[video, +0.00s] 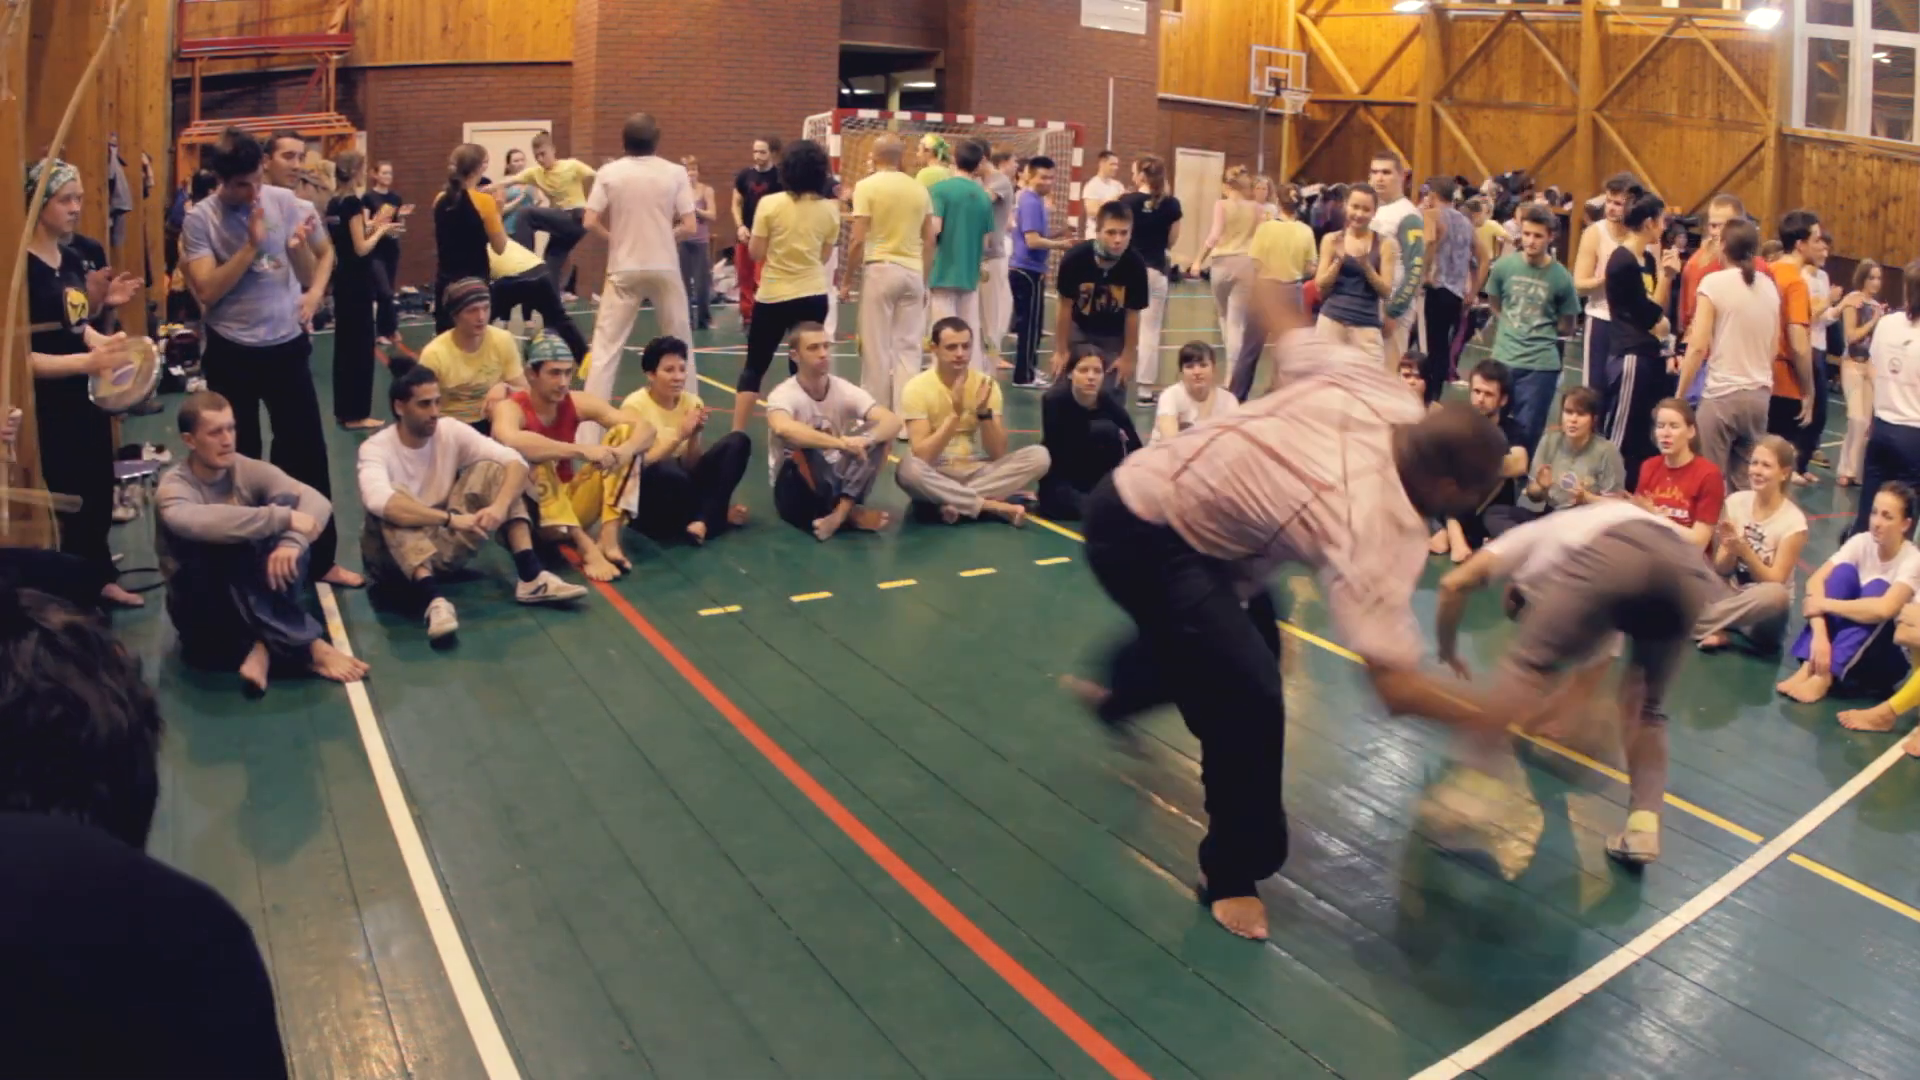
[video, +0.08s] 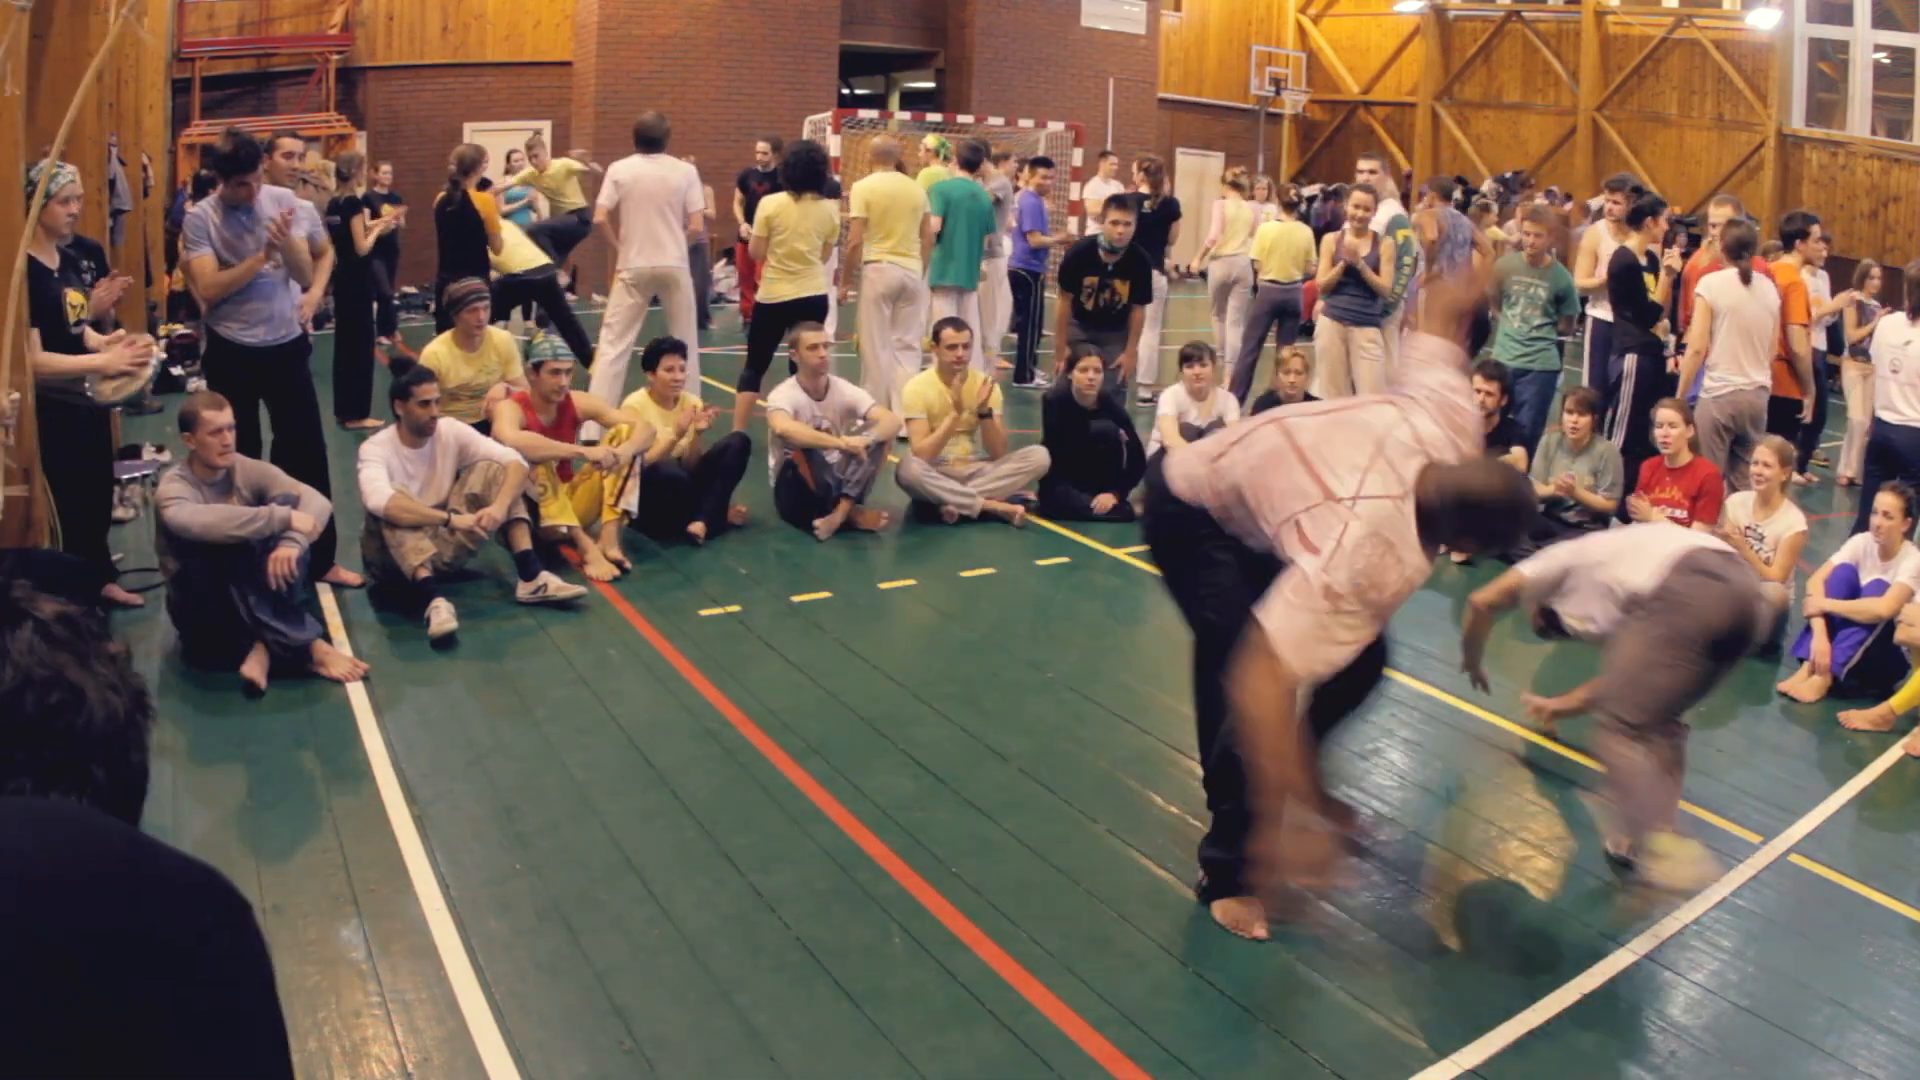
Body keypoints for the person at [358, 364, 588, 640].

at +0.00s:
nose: (434, 412)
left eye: (437, 402)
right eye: (424, 404)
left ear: (441, 401)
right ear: (399, 407)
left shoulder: (450, 430)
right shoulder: (375, 449)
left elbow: (516, 463)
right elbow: (380, 502)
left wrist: (500, 508)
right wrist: (450, 519)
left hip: (449, 545)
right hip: (399, 551)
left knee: (493, 469)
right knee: (395, 501)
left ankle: (532, 577)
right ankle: (434, 601)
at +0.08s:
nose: (434, 412)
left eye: (437, 403)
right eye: (424, 405)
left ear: (441, 400)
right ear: (399, 407)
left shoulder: (450, 430)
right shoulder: (375, 449)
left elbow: (516, 463)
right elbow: (380, 502)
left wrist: (500, 508)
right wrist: (449, 518)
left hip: (449, 544)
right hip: (399, 550)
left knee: (491, 470)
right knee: (394, 500)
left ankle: (532, 576)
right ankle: (435, 602)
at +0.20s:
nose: (434, 412)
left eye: (437, 403)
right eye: (424, 404)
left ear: (441, 401)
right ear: (398, 407)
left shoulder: (450, 430)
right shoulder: (375, 449)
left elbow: (516, 463)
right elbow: (380, 502)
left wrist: (500, 508)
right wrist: (449, 519)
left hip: (450, 544)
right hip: (400, 549)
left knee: (493, 469)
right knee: (395, 501)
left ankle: (532, 577)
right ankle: (435, 602)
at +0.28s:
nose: (434, 412)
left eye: (437, 403)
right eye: (424, 405)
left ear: (440, 401)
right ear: (398, 407)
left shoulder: (450, 430)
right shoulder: (375, 449)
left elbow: (516, 463)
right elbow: (380, 502)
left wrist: (500, 508)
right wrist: (449, 518)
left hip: (450, 544)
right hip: (400, 549)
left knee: (492, 470)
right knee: (394, 501)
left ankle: (532, 577)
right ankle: (435, 602)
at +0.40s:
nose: (434, 412)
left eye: (436, 403)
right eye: (424, 405)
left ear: (440, 401)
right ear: (398, 407)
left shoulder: (450, 430)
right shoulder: (375, 449)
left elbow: (516, 463)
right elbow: (380, 502)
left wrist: (500, 508)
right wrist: (449, 519)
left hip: (450, 544)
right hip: (400, 550)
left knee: (492, 469)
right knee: (395, 501)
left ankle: (532, 577)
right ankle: (435, 601)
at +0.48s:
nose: (433, 412)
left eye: (436, 403)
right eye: (424, 405)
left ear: (440, 400)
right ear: (398, 407)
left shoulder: (450, 430)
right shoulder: (375, 449)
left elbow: (516, 463)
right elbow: (380, 502)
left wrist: (500, 507)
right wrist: (449, 518)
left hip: (449, 545)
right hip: (399, 549)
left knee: (492, 469)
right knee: (394, 501)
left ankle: (532, 577)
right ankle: (435, 602)